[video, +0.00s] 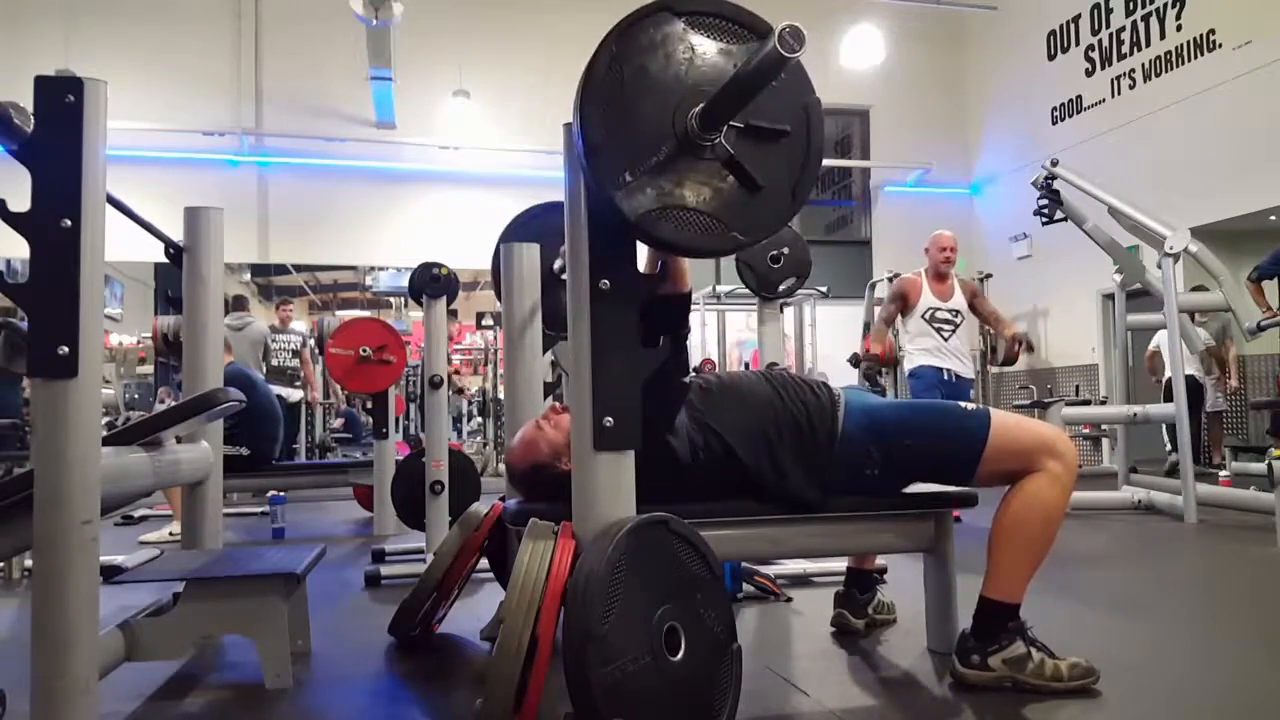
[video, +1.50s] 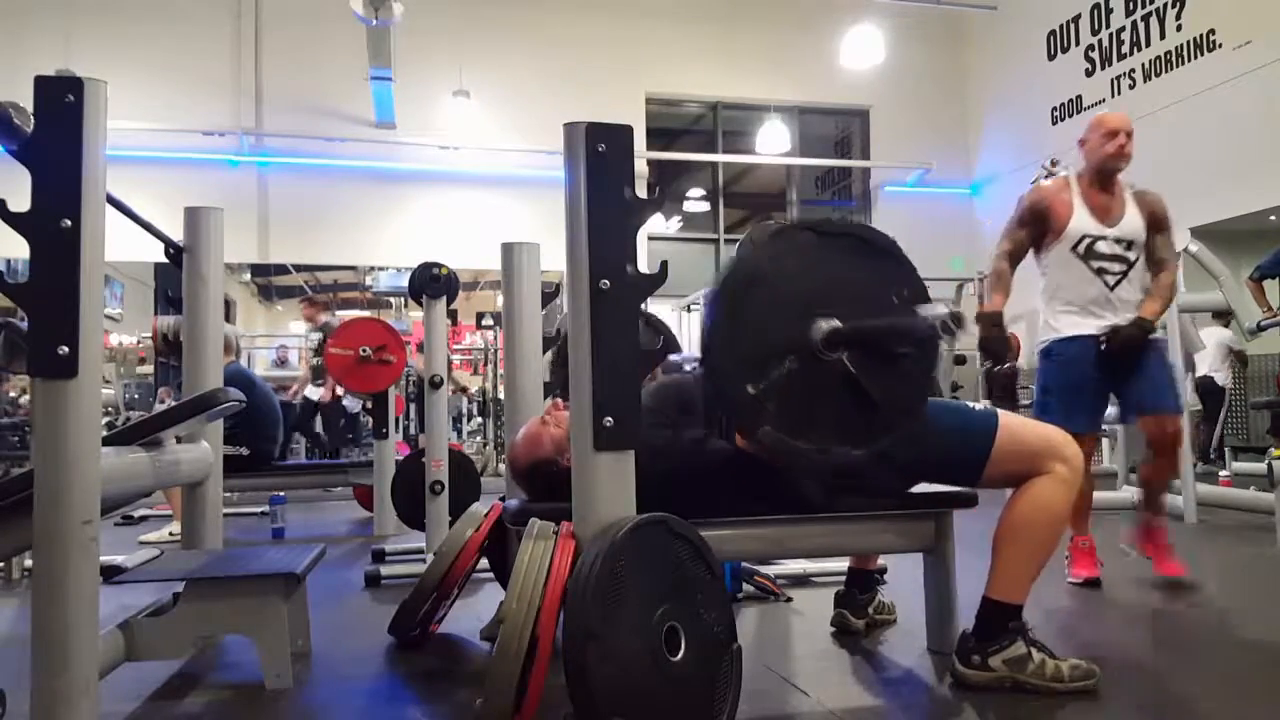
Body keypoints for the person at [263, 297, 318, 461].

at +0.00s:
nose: (287, 314)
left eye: (290, 311)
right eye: (284, 310)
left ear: (293, 313)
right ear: (276, 312)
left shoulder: (300, 336)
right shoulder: (267, 332)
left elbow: (306, 362)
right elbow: (258, 358)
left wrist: (314, 389)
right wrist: (258, 384)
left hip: (295, 387)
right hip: (274, 386)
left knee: (292, 431)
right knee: (276, 426)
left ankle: (289, 462)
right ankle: (274, 462)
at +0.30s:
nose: (287, 312)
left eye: (290, 309)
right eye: (283, 309)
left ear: (294, 311)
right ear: (276, 311)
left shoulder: (303, 331)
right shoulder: (269, 332)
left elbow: (311, 358)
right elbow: (262, 358)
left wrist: (319, 383)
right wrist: (260, 382)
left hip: (301, 385)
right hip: (276, 385)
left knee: (313, 422)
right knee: (282, 425)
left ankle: (289, 428)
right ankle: (285, 459)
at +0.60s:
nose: (293, 311)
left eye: (295, 308)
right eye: (289, 308)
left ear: (300, 309)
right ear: (283, 310)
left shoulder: (312, 332)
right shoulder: (277, 333)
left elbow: (321, 360)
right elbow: (269, 358)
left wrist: (326, 385)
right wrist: (267, 381)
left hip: (307, 385)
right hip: (283, 386)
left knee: (315, 426)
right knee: (287, 428)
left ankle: (318, 460)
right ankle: (282, 462)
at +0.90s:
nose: (307, 310)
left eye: (310, 306)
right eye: (304, 307)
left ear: (317, 308)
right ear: (300, 310)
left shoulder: (329, 329)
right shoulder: (294, 333)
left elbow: (338, 357)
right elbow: (289, 359)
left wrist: (339, 385)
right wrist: (280, 384)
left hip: (323, 385)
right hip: (299, 385)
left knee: (327, 433)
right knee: (292, 432)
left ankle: (330, 470)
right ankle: (284, 470)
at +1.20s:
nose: (309, 312)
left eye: (312, 308)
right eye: (307, 308)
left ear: (322, 308)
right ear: (305, 311)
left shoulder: (335, 329)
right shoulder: (307, 332)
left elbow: (344, 357)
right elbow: (301, 361)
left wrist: (344, 385)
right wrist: (292, 385)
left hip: (329, 385)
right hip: (307, 384)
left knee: (332, 427)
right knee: (297, 422)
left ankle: (335, 463)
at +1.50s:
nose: (303, 313)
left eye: (305, 308)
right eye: (302, 309)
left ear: (316, 308)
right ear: (310, 310)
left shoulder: (331, 328)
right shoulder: (311, 331)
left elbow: (336, 360)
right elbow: (311, 366)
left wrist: (329, 387)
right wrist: (298, 385)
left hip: (328, 386)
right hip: (312, 385)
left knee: (332, 430)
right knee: (301, 423)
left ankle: (335, 461)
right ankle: (324, 448)